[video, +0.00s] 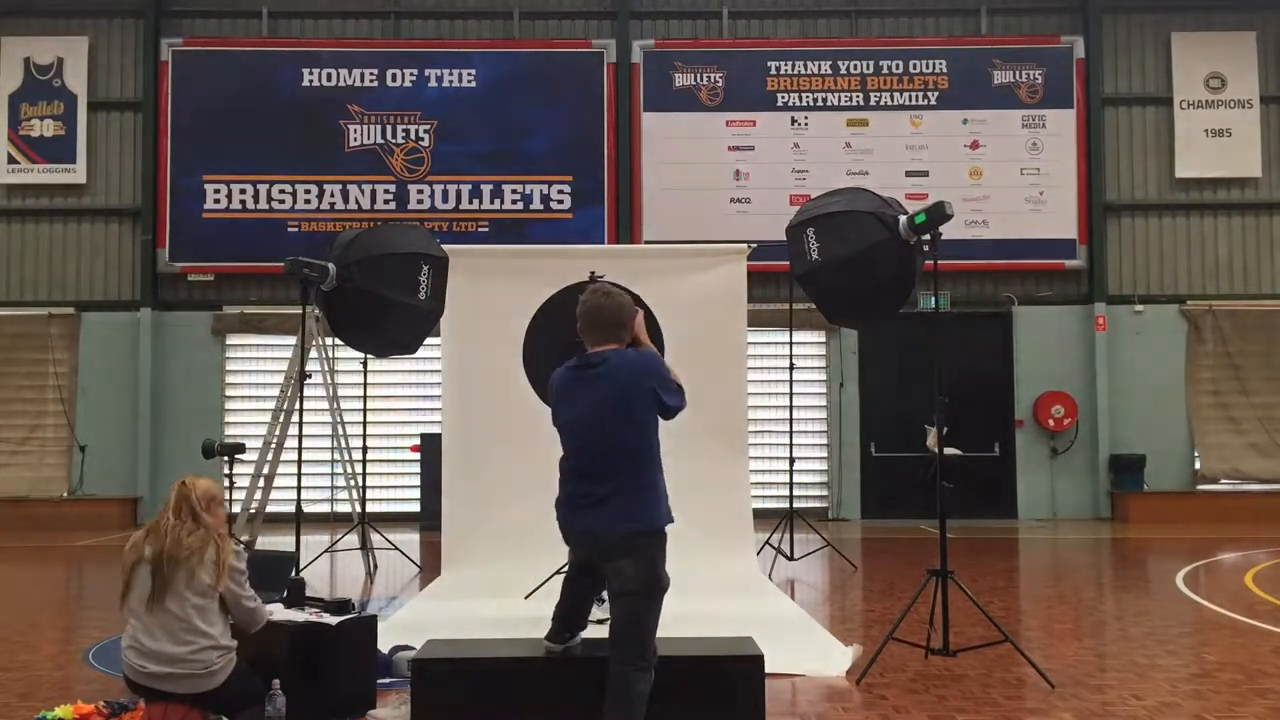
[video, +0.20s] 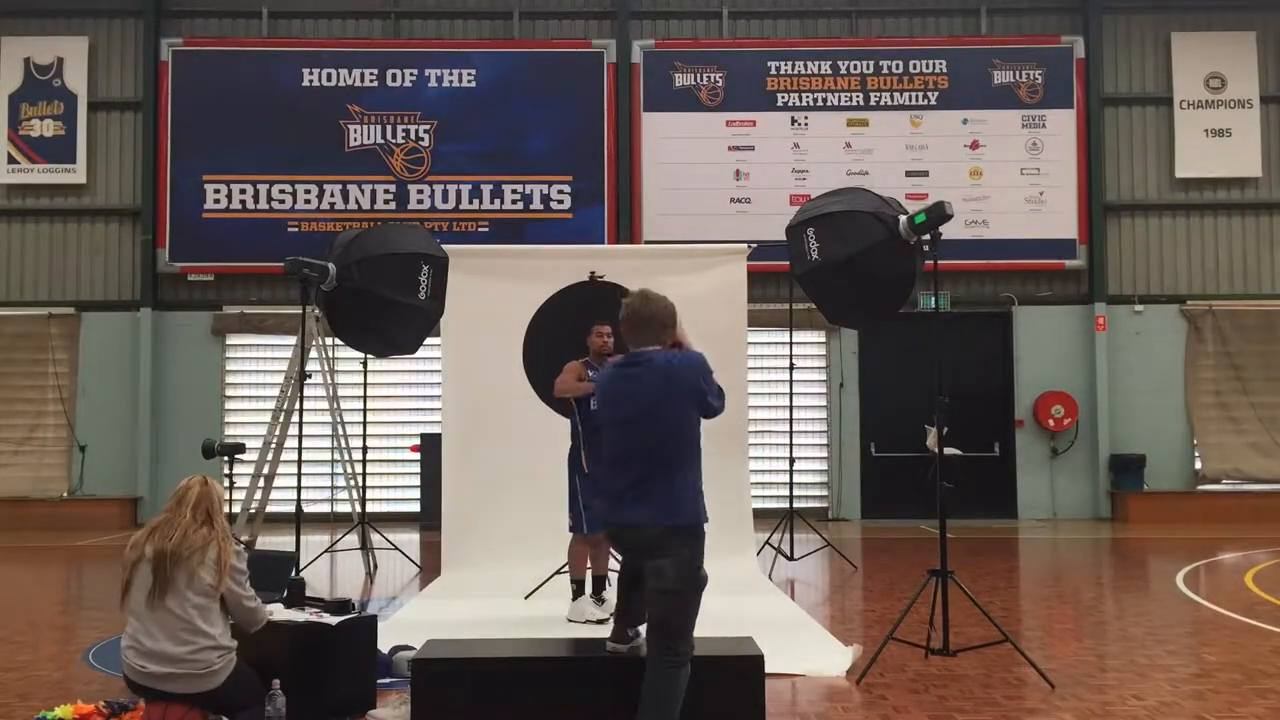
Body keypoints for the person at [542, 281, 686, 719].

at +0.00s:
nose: (636, 330)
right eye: (634, 324)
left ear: (581, 330)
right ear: (631, 328)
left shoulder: (562, 380)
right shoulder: (645, 366)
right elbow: (673, 402)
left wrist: (598, 351)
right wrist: (647, 346)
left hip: (578, 519)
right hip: (637, 522)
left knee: (586, 564)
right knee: (634, 648)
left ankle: (561, 636)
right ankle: (623, 715)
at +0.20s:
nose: (676, 334)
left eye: (620, 329)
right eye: (675, 329)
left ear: (623, 334)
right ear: (673, 332)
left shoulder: (607, 380)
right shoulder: (687, 367)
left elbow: (598, 450)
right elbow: (713, 405)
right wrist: (690, 354)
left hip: (619, 519)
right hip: (675, 522)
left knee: (636, 562)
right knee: (670, 650)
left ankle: (624, 631)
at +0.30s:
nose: (681, 335)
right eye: (681, 329)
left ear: (630, 332)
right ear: (680, 333)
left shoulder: (612, 379)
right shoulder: (694, 369)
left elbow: (600, 448)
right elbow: (720, 406)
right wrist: (696, 354)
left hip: (621, 519)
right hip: (679, 522)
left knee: (642, 558)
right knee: (674, 650)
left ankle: (625, 630)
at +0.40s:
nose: (617, 330)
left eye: (617, 323)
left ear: (618, 327)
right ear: (667, 325)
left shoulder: (598, 391)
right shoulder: (690, 376)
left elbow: (593, 459)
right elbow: (707, 443)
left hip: (616, 524)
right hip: (673, 527)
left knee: (642, 559)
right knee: (670, 650)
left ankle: (626, 631)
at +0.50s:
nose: (607, 330)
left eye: (614, 322)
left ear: (623, 325)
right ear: (672, 324)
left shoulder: (594, 387)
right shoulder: (696, 384)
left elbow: (584, 455)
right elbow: (700, 439)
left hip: (609, 527)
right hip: (667, 530)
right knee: (662, 649)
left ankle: (625, 630)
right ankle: (648, 719)